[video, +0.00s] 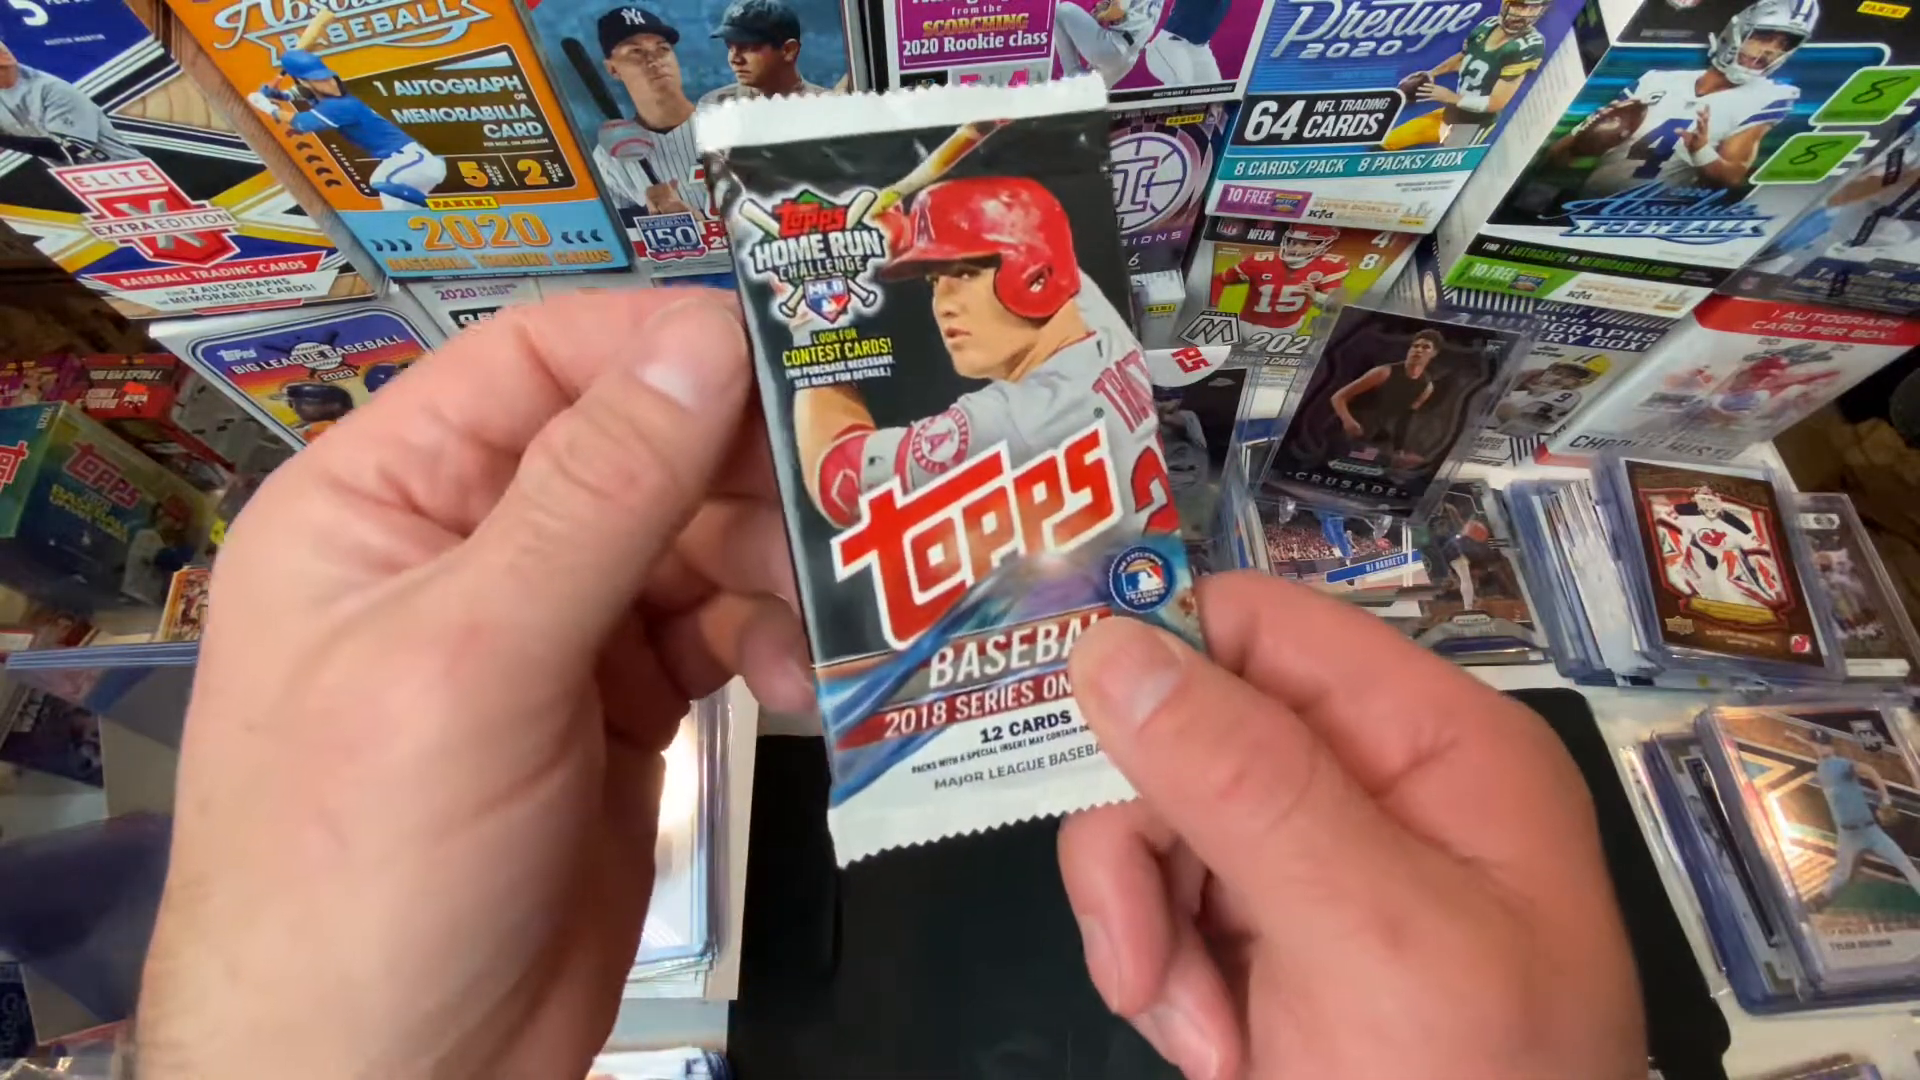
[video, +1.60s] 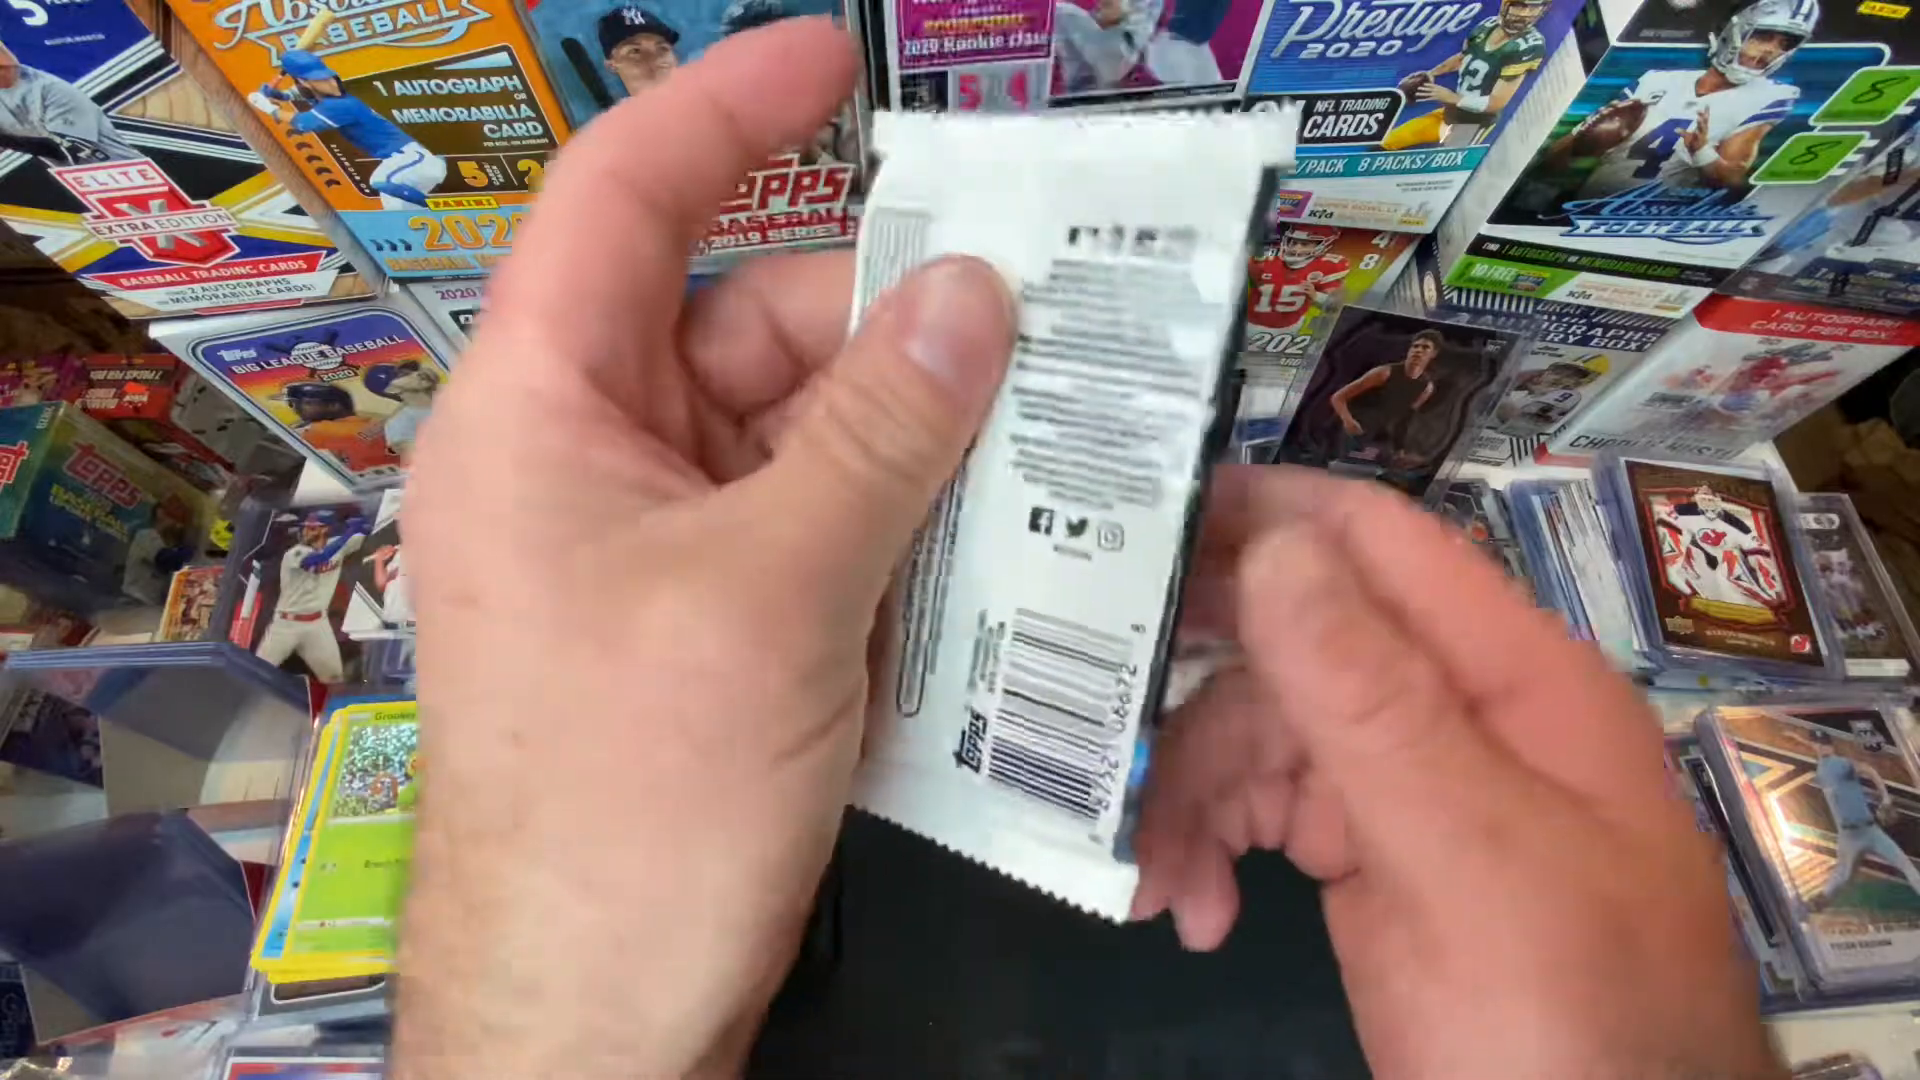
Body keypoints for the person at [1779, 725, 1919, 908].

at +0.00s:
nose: (1823, 750)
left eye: (1825, 744)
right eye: (1819, 746)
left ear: (1831, 745)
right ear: (1814, 748)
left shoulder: (1840, 764)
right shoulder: (1822, 768)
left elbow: (1869, 770)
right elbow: (1815, 749)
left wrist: (1885, 798)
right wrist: (1800, 740)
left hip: (1870, 828)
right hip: (1846, 833)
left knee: (1904, 863)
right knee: (1842, 874)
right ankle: (1823, 898)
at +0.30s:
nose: (1823, 750)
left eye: (1825, 745)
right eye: (1819, 746)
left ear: (1831, 745)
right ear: (1814, 748)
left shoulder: (1841, 764)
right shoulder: (1821, 768)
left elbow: (1869, 770)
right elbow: (1814, 748)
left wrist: (1884, 797)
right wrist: (1799, 739)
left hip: (1870, 828)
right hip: (1846, 833)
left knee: (1904, 863)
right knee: (1842, 874)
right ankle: (1824, 898)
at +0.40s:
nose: (1824, 749)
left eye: (1827, 744)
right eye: (1819, 745)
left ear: (1831, 744)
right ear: (1813, 747)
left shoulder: (1840, 764)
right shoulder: (1824, 768)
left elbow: (1869, 770)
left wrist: (1885, 798)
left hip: (1870, 828)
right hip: (1847, 834)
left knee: (1903, 863)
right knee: (1842, 875)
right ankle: (1822, 899)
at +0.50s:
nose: (1825, 749)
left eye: (1827, 744)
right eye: (1820, 746)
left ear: (1831, 745)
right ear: (1813, 747)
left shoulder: (1840, 764)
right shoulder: (1824, 767)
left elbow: (1869, 770)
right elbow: (1866, 770)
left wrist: (1885, 798)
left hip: (1870, 829)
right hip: (1847, 834)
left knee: (1904, 863)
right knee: (1842, 875)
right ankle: (1821, 899)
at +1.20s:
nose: (1823, 750)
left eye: (1826, 745)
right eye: (1819, 746)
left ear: (1832, 746)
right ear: (1815, 749)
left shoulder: (1842, 764)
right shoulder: (1821, 770)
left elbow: (1870, 771)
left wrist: (1885, 797)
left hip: (1869, 828)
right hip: (1847, 833)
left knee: (1902, 862)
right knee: (1842, 874)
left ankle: (1919, 888)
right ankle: (1820, 900)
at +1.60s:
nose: (1823, 749)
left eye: (1826, 744)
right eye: (1819, 745)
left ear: (1832, 745)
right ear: (1814, 747)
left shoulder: (1842, 764)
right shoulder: (1821, 769)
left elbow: (1870, 771)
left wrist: (1885, 797)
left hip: (1870, 828)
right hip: (1847, 833)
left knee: (1902, 862)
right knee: (1843, 875)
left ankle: (1918, 889)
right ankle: (1819, 902)